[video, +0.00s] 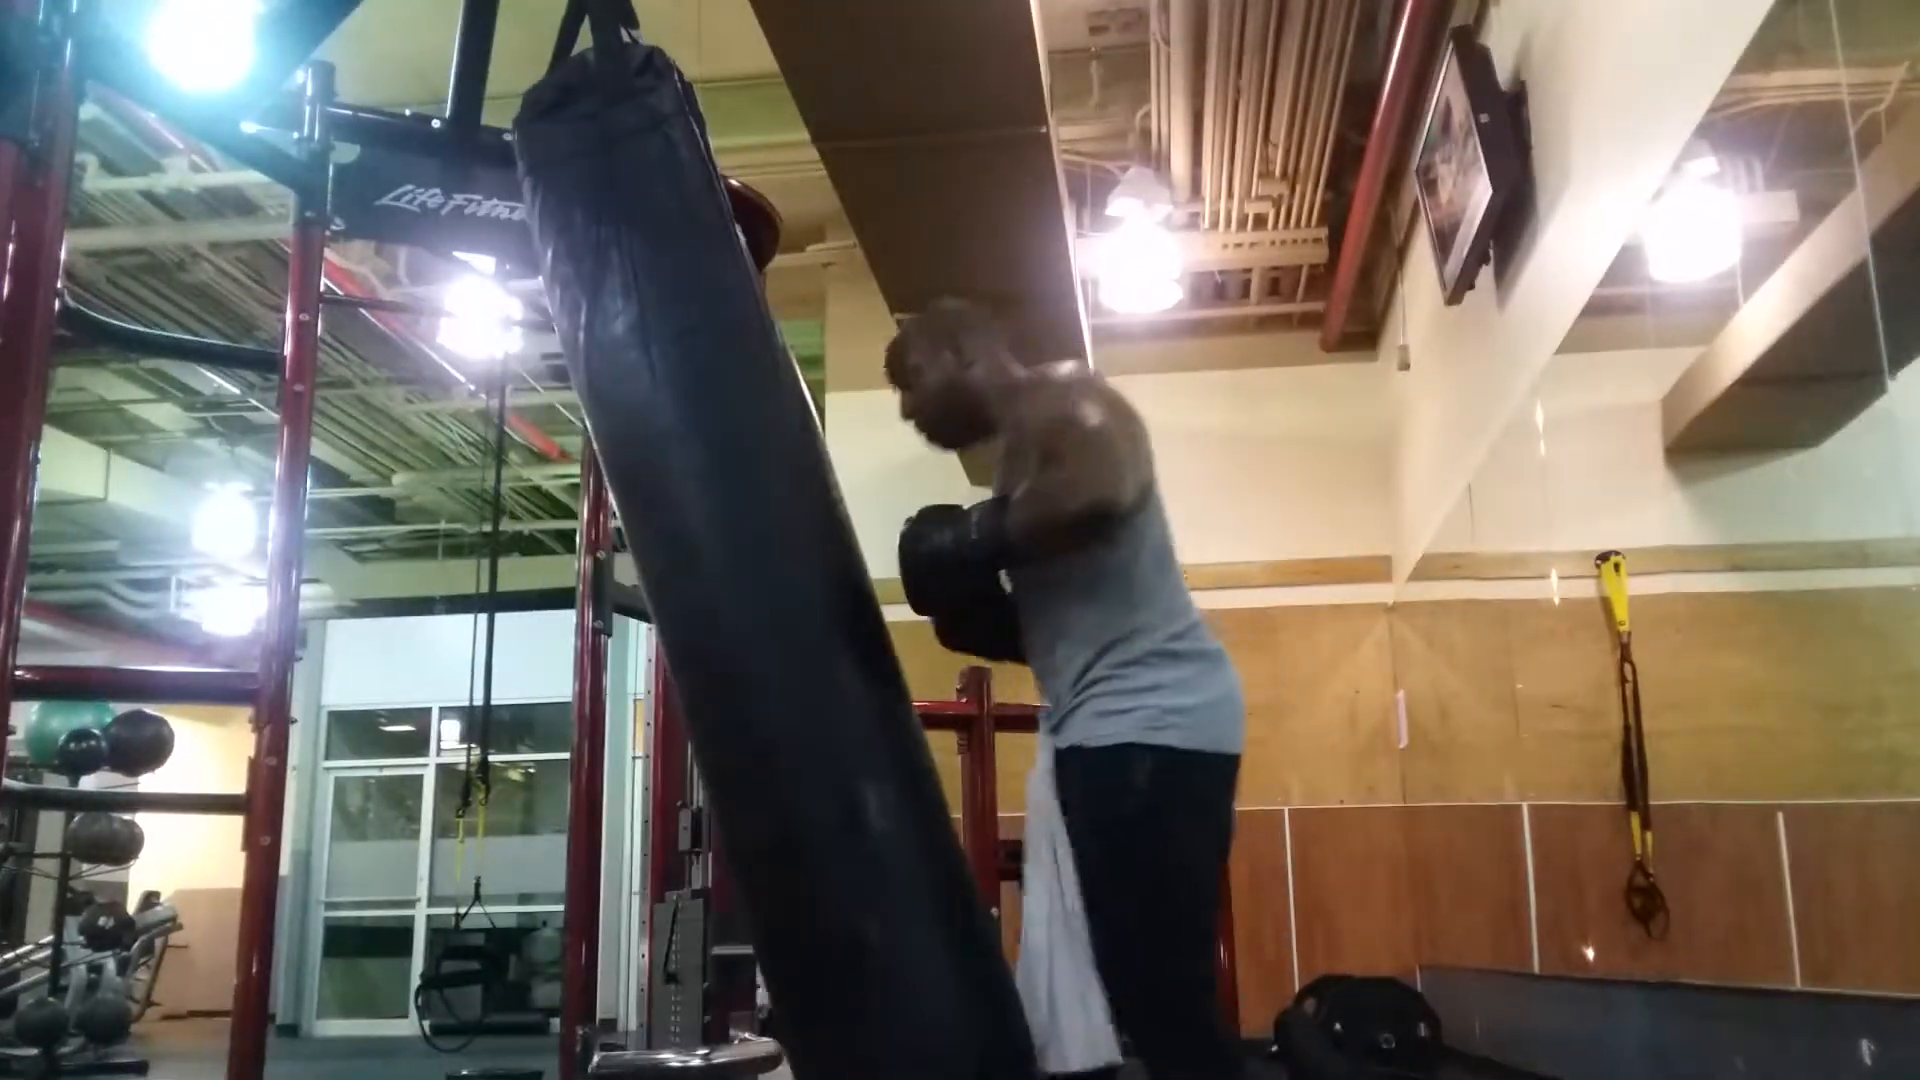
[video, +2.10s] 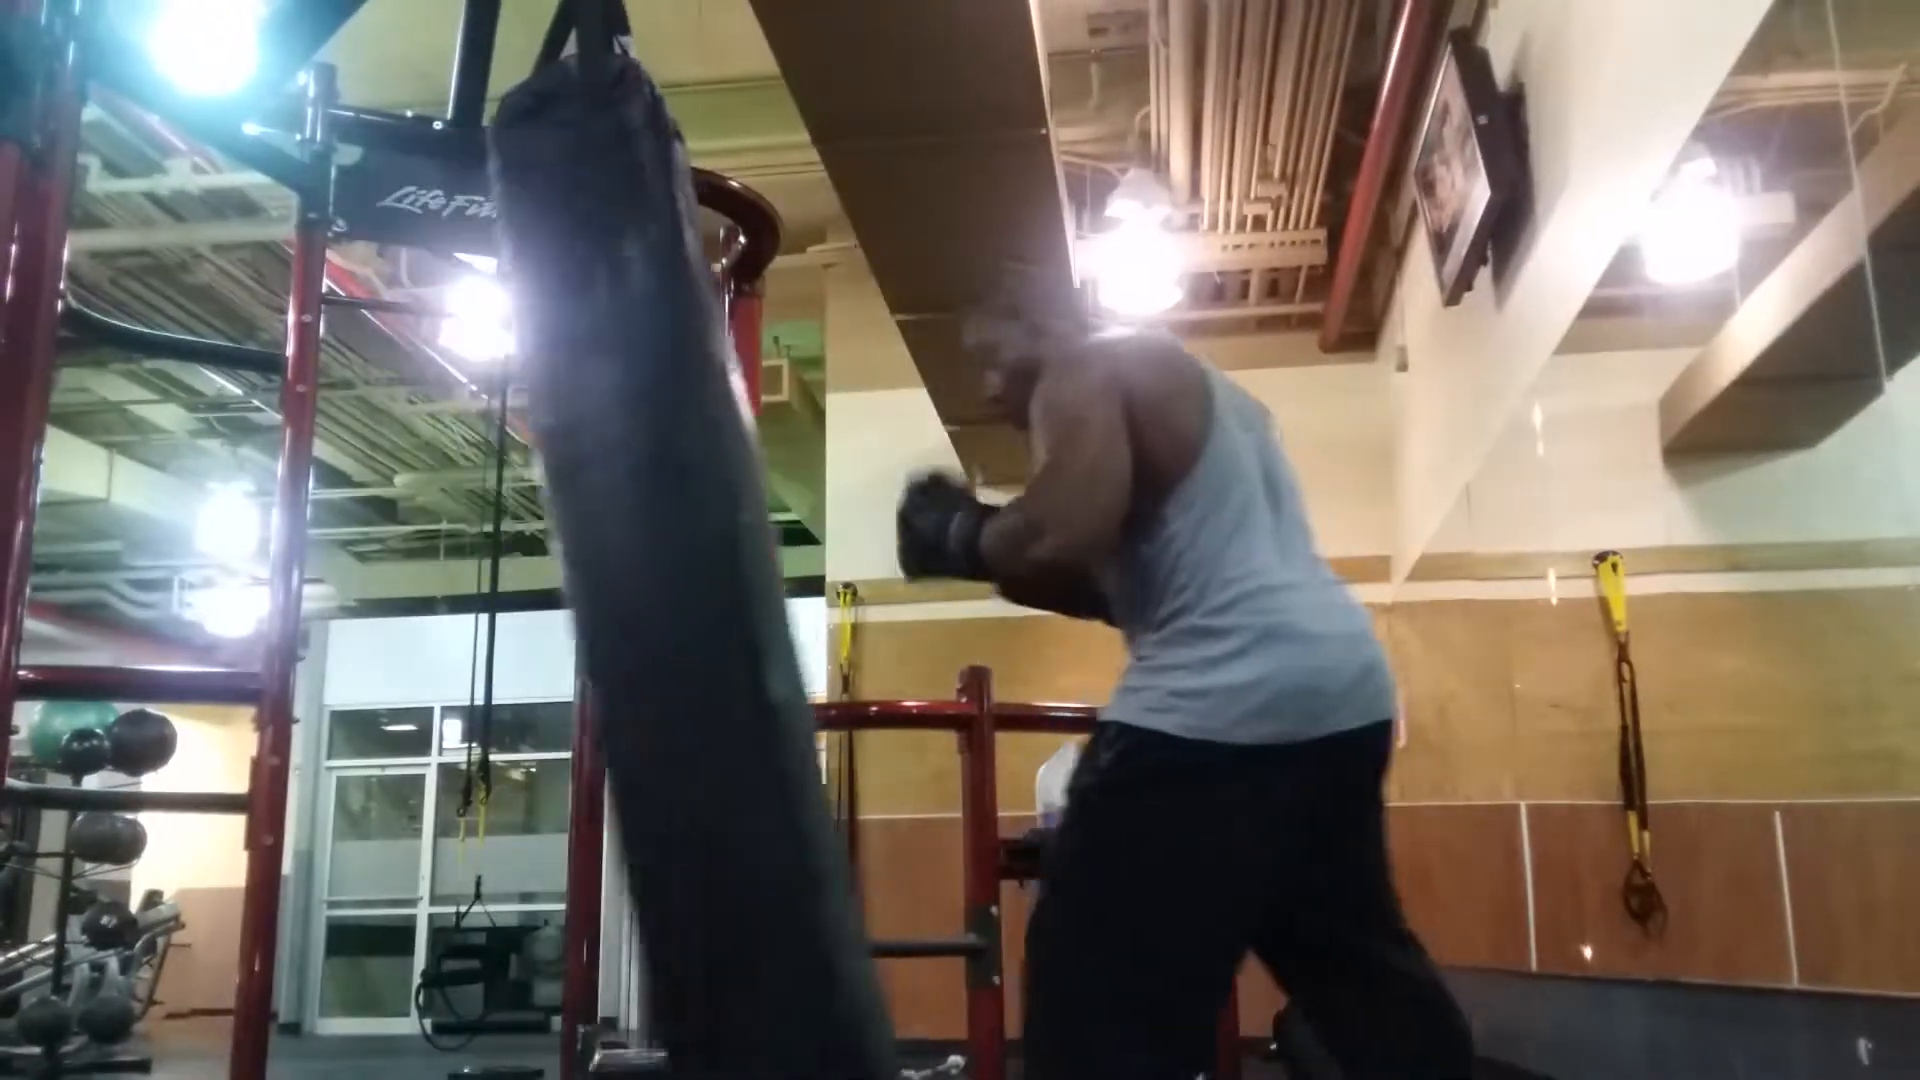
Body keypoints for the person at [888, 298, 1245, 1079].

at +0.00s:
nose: (906, 409)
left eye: (906, 379)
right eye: (898, 389)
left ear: (962, 354)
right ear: (965, 360)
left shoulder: (1059, 397)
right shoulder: (1021, 456)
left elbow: (1099, 485)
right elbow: (1070, 634)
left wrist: (965, 533)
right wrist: (960, 611)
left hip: (1148, 724)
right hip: (1103, 731)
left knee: (1166, 1018)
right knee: (1152, 1017)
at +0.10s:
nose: (894, 434)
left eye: (896, 410)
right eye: (887, 418)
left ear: (952, 379)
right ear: (953, 386)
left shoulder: (1036, 414)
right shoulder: (998, 473)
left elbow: (1070, 515)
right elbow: (1061, 646)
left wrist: (951, 541)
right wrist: (963, 637)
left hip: (1118, 735)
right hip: (1077, 738)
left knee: (1116, 999)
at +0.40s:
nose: (861, 411)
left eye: (867, 385)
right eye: (854, 393)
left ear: (926, 360)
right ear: (926, 368)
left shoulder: (1037, 416)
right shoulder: (962, 489)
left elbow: (1041, 566)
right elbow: (977, 653)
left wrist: (928, 535)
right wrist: (847, 646)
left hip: (1083, 724)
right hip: (1028, 730)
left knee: (1019, 1003)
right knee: (1005, 1002)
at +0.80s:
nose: (797, 394)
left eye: (797, 367)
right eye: (790, 373)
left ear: (851, 341)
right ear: (872, 338)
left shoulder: (936, 405)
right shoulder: (961, 400)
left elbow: (922, 590)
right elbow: (968, 610)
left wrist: (830, 543)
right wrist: (870, 629)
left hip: (1024, 729)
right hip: (1067, 727)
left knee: (890, 981)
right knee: (1024, 992)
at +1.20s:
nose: (845, 379)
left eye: (842, 347)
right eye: (835, 356)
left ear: (892, 316)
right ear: (925, 306)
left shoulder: (938, 358)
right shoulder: (1056, 379)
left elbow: (926, 547)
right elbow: (997, 566)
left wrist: (837, 511)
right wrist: (855, 520)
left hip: (1048, 711)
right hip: (1158, 704)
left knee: (943, 1009)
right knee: (1157, 981)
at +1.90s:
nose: (913, 379)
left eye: (906, 346)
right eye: (901, 355)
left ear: (960, 309)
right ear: (992, 303)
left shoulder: (1022, 354)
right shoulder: (1107, 353)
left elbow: (1029, 546)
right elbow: (1070, 572)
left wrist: (923, 511)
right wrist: (940, 522)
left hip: (1175, 692)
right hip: (1276, 679)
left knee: (1078, 971)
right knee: (1261, 958)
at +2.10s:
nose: (987, 388)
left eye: (989, 358)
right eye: (976, 368)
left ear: (1034, 320)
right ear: (1061, 315)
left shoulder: (1085, 370)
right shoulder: (1211, 393)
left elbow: (1066, 531)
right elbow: (1145, 593)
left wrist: (965, 529)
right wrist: (991, 555)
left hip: (1212, 711)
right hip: (1340, 700)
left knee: (1096, 984)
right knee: (1348, 954)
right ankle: (1434, 1067)